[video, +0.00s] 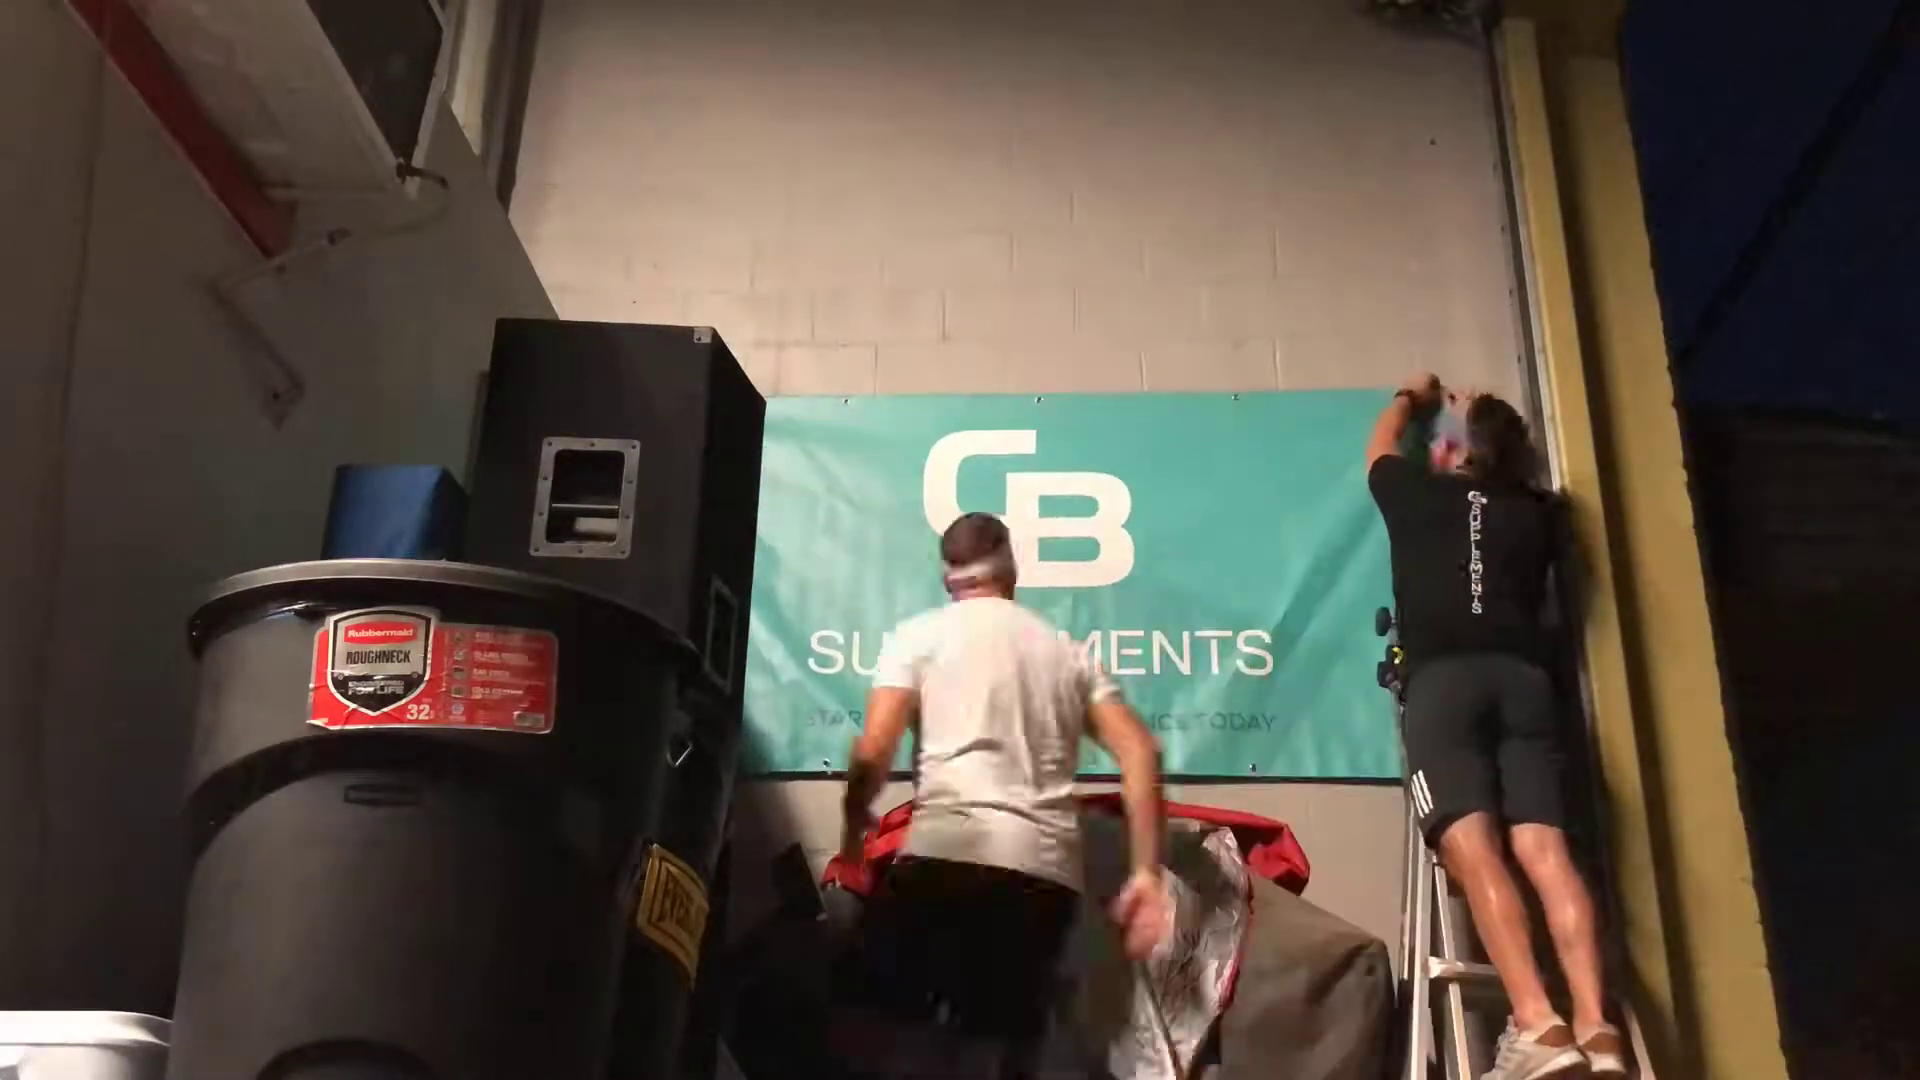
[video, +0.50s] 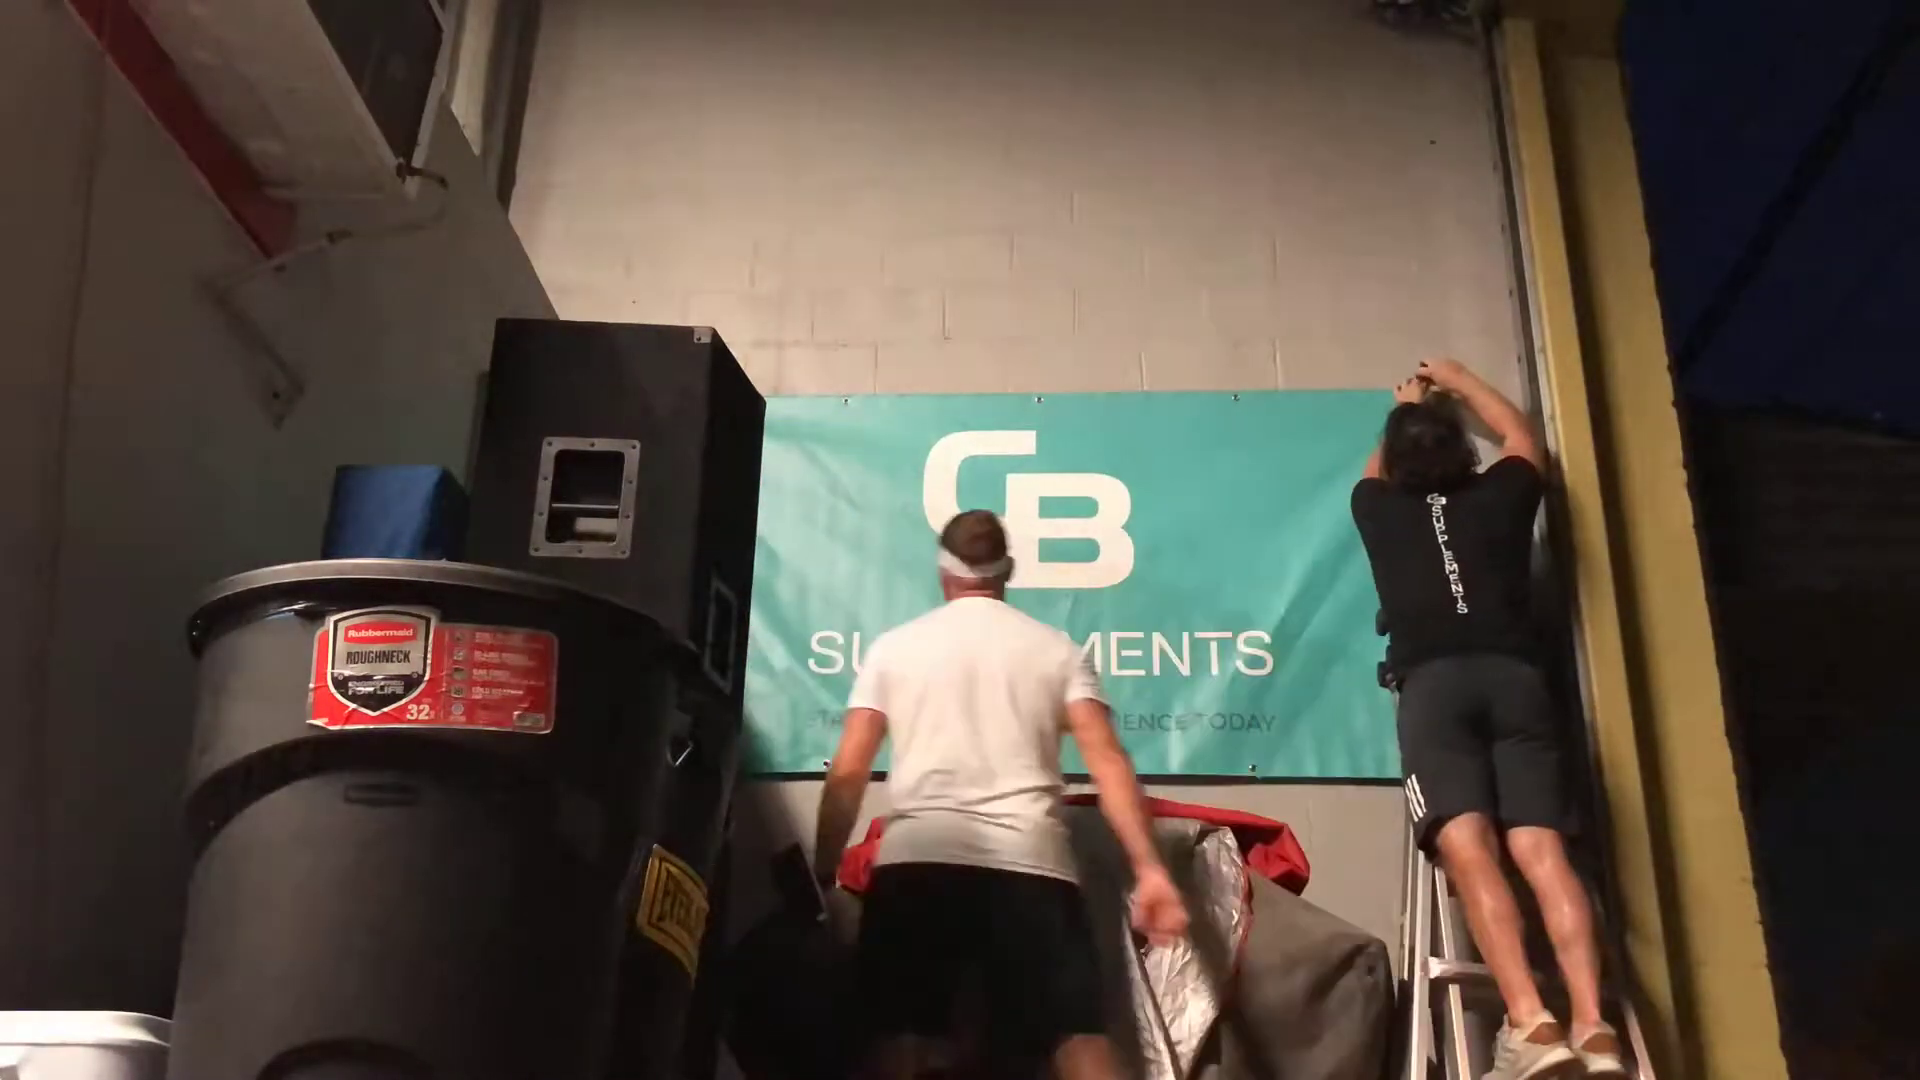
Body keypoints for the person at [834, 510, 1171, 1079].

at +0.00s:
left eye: (955, 576)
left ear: (949, 581)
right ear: (1013, 576)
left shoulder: (918, 634)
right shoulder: (1067, 651)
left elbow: (872, 752)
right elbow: (1138, 748)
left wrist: (855, 836)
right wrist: (1147, 871)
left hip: (935, 870)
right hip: (1041, 885)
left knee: (884, 1033)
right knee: (1008, 1047)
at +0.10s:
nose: (796, 583)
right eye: (798, 576)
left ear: (734, 581)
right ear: (798, 578)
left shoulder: (703, 634)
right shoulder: (829, 639)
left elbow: (673, 756)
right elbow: (879, 738)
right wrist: (951, 837)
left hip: (721, 876)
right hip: (814, 873)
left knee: (744, 1041)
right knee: (825, 1037)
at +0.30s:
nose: (966, 529)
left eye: (973, 519)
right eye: (948, 517)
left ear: (982, 534)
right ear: (913, 534)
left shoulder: (902, 601)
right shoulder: (921, 599)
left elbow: (901, 742)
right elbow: (912, 722)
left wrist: (987, 761)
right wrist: (1004, 823)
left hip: (870, 845)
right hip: (895, 846)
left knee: (887, 1036)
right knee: (952, 1034)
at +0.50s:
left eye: (947, 570)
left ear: (944, 575)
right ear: (1008, 576)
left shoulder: (895, 646)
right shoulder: (1056, 649)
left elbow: (847, 772)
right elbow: (1105, 757)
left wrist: (824, 872)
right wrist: (1149, 869)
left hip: (917, 882)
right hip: (1034, 886)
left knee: (901, 1044)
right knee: (1078, 1041)